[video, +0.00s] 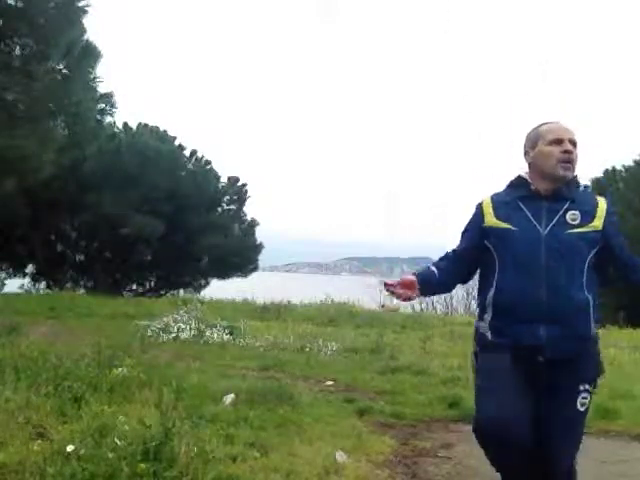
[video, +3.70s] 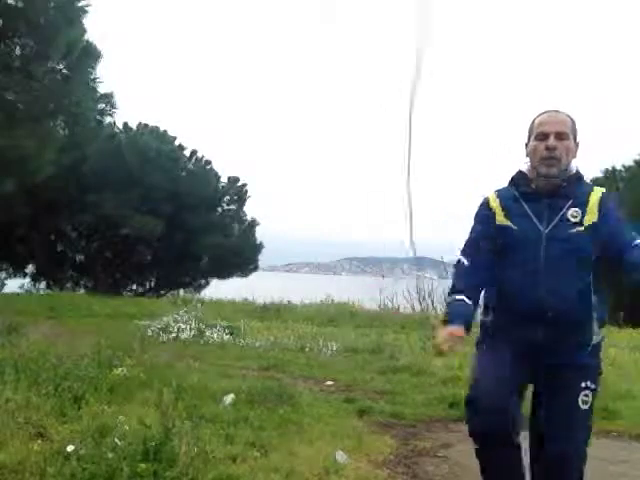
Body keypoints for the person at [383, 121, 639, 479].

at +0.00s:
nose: (568, 150)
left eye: (573, 144)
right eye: (556, 143)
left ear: (578, 155)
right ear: (530, 155)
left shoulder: (596, 211)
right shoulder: (493, 209)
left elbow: (626, 267)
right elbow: (460, 263)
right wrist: (421, 282)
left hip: (571, 352)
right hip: (503, 350)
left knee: (557, 455)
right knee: (498, 428)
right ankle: (524, 474)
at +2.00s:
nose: (548, 127)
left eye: (557, 120)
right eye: (540, 120)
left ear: (572, 130)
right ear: (528, 131)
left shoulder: (595, 184)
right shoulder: (497, 184)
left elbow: (627, 249)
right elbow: (460, 239)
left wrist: (630, 304)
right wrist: (415, 271)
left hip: (575, 328)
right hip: (512, 328)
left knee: (568, 428)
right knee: (519, 430)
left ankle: (565, 476)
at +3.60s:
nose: (552, 152)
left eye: (562, 146)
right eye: (543, 146)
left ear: (577, 158)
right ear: (529, 156)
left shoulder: (605, 211)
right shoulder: (495, 209)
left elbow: (636, 248)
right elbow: (448, 257)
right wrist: (391, 280)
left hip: (574, 355)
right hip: (506, 351)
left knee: (559, 454)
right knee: (495, 429)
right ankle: (524, 473)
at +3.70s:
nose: (550, 145)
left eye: (560, 138)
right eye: (542, 137)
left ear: (575, 148)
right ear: (528, 147)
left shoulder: (598, 204)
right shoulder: (497, 205)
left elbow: (629, 253)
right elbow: (472, 266)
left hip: (572, 347)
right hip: (505, 343)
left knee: (562, 453)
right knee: (487, 413)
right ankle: (505, 474)